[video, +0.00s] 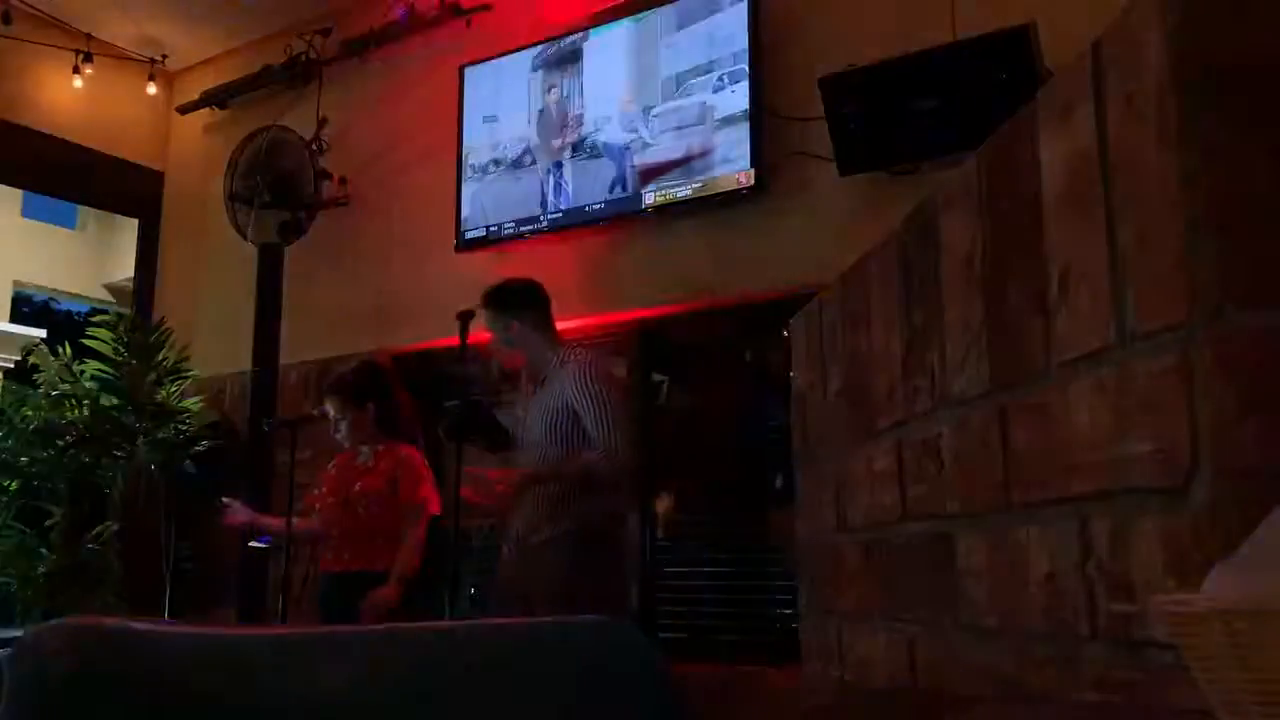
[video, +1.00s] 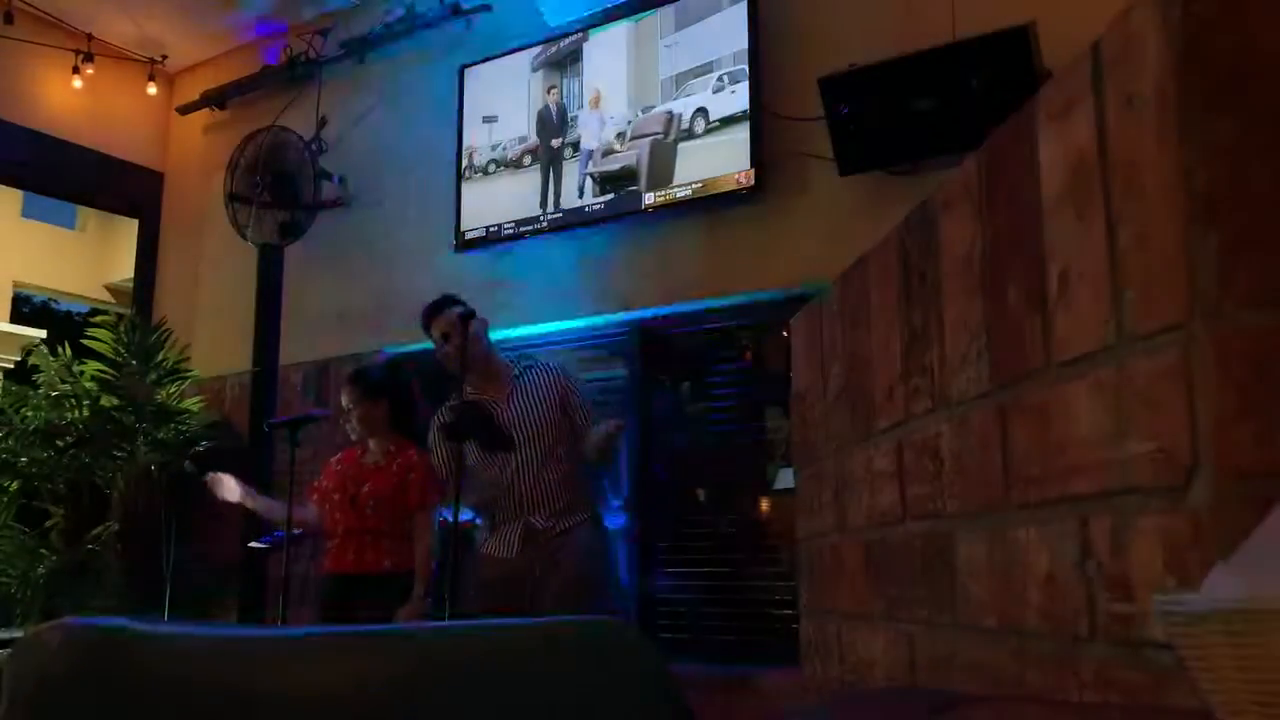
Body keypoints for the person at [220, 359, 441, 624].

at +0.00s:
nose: (333, 429)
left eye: (338, 419)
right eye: (330, 419)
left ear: (368, 412)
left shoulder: (405, 460)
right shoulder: (341, 465)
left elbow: (417, 528)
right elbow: (319, 525)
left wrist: (394, 587)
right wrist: (255, 521)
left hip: (382, 579)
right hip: (338, 579)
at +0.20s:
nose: (335, 425)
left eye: (342, 415)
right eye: (333, 417)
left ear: (371, 409)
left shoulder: (405, 459)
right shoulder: (340, 464)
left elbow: (416, 530)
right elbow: (318, 524)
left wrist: (409, 596)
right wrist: (252, 516)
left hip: (384, 581)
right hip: (337, 582)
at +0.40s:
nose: (337, 423)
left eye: (345, 413)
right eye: (335, 415)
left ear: (373, 408)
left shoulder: (405, 460)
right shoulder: (344, 464)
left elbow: (420, 528)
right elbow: (318, 524)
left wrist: (429, 594)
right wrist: (253, 514)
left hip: (388, 582)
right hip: (338, 581)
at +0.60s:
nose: (343, 421)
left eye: (349, 410)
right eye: (341, 412)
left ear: (376, 408)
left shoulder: (409, 462)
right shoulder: (346, 465)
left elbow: (425, 532)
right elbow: (323, 524)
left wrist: (430, 602)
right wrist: (255, 512)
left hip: (391, 581)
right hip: (342, 582)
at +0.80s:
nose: (345, 419)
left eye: (350, 409)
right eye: (344, 411)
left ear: (379, 407)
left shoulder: (414, 462)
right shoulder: (347, 463)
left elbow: (424, 532)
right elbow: (324, 522)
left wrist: (415, 597)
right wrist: (257, 510)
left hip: (391, 581)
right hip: (342, 581)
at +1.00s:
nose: (345, 418)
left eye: (352, 409)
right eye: (343, 410)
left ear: (380, 406)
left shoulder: (414, 463)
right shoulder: (341, 464)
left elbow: (424, 534)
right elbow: (312, 517)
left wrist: (419, 598)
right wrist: (246, 496)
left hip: (390, 582)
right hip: (339, 582)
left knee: (389, 680)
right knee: (337, 680)